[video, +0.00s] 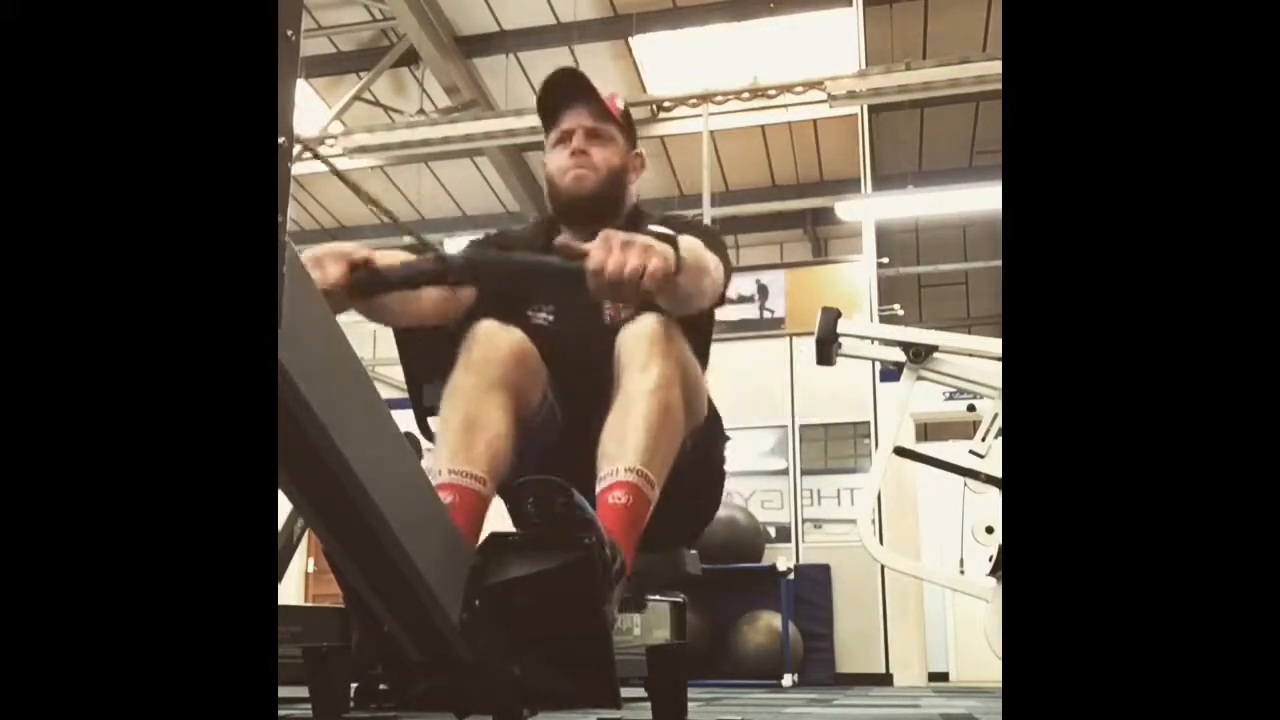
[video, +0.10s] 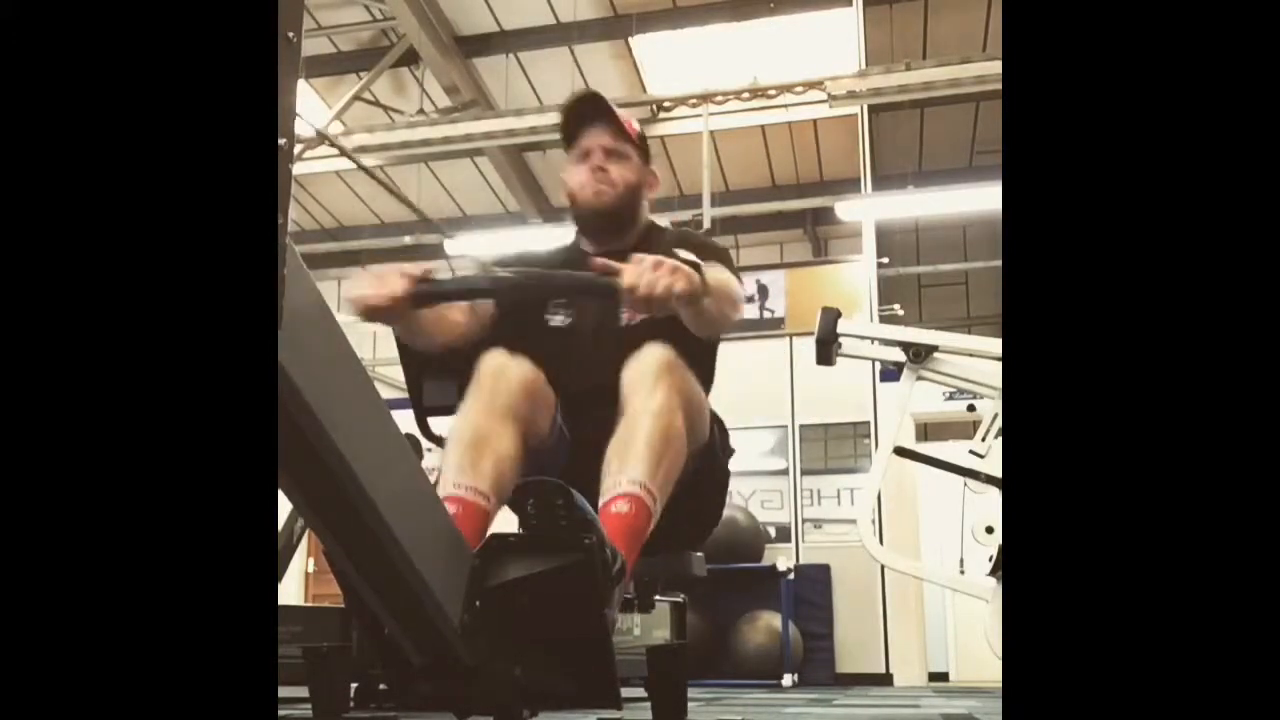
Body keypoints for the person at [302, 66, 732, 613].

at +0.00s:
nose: (577, 146)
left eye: (597, 137)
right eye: (563, 140)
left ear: (634, 163)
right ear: (545, 167)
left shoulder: (679, 240)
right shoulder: (512, 248)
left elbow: (704, 282)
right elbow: (440, 292)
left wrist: (662, 265)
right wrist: (364, 280)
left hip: (661, 484)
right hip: (543, 481)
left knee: (652, 332)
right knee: (493, 339)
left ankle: (607, 557)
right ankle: (444, 552)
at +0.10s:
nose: (597, 164)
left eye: (615, 155)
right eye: (583, 156)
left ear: (648, 180)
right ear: (567, 183)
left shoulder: (691, 255)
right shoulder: (537, 272)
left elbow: (727, 313)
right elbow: (457, 324)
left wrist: (691, 291)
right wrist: (405, 311)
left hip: (670, 481)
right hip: (555, 473)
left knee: (656, 361)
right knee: (500, 366)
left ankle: (608, 565)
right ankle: (446, 556)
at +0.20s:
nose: (625, 198)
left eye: (642, 190)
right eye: (611, 189)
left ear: (669, 210)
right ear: (593, 207)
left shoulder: (699, 276)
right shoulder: (565, 283)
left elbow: (747, 333)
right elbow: (492, 339)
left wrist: (707, 289)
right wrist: (449, 319)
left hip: (678, 471)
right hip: (563, 466)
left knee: (662, 405)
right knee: (505, 411)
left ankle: (607, 569)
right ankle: (452, 558)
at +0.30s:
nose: (646, 248)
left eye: (660, 237)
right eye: (634, 238)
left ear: (683, 249)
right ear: (620, 251)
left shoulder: (713, 317)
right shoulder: (592, 327)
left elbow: (775, 368)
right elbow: (513, 380)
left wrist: (736, 327)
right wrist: (497, 346)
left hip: (690, 476)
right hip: (589, 474)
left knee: (660, 443)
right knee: (524, 453)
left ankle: (611, 566)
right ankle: (468, 553)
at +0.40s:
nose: (656, 293)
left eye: (670, 284)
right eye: (645, 284)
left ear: (693, 296)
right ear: (630, 294)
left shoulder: (722, 363)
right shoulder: (588, 365)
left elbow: (804, 419)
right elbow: (504, 424)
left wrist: (754, 365)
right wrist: (516, 379)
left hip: (695, 492)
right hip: (594, 490)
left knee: (662, 470)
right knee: (539, 475)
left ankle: (612, 578)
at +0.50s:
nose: (655, 302)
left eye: (669, 293)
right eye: (645, 293)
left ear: (695, 304)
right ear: (630, 305)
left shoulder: (726, 368)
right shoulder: (596, 368)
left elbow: (825, 437)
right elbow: (505, 438)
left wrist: (773, 365)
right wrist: (535, 376)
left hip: (696, 498)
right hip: (595, 488)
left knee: (660, 461)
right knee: (537, 468)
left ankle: (605, 575)